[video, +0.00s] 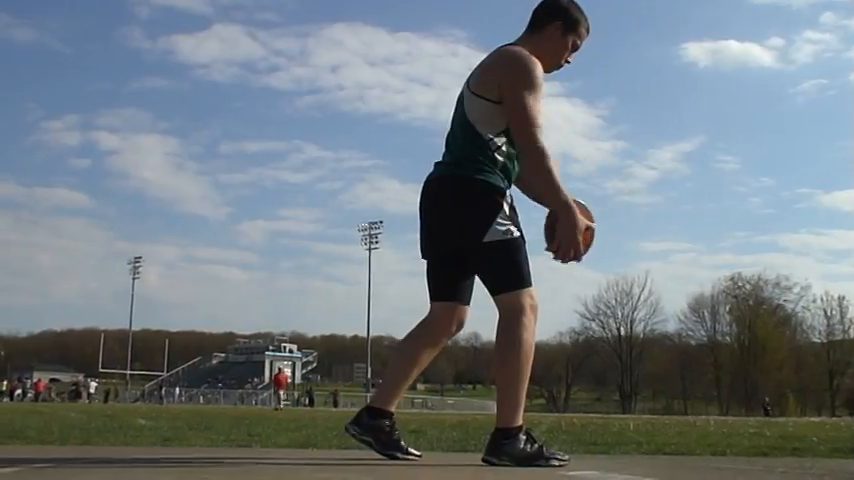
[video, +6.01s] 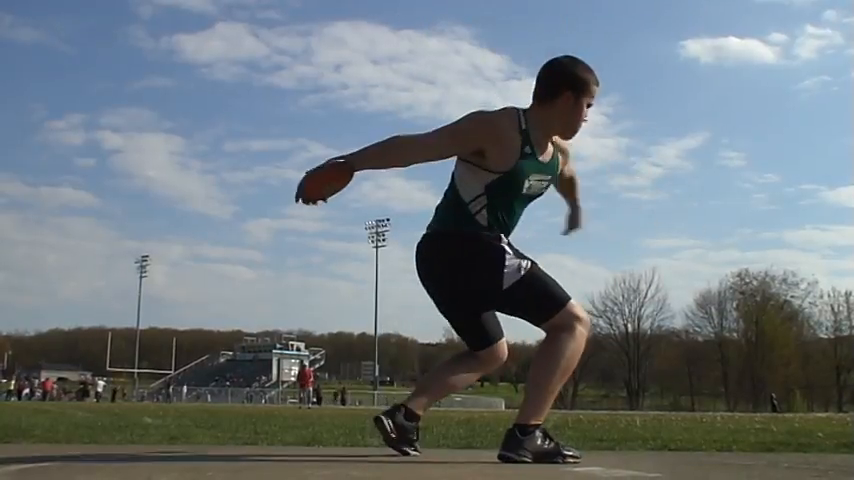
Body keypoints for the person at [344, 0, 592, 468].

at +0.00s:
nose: (571, 58)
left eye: (577, 51)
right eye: (574, 46)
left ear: (545, 27)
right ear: (555, 29)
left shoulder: (498, 66)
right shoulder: (520, 64)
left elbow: (515, 163)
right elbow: (529, 142)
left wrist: (566, 206)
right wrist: (565, 206)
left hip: (444, 193)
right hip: (480, 194)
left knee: (447, 316)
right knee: (520, 307)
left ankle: (375, 416)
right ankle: (510, 436)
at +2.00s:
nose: (570, 65)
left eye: (575, 58)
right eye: (571, 52)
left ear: (549, 43)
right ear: (548, 37)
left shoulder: (532, 102)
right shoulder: (506, 75)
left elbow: (552, 173)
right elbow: (486, 133)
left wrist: (606, 209)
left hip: (462, 211)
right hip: (487, 207)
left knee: (503, 337)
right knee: (563, 305)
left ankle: (404, 400)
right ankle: (528, 429)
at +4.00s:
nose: (573, 81)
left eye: (578, 72)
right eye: (571, 69)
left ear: (555, 63)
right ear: (546, 57)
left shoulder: (546, 122)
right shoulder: (504, 99)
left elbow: (571, 188)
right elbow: (459, 150)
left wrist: (630, 222)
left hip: (465, 236)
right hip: (486, 228)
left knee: (514, 347)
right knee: (576, 314)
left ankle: (412, 404)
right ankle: (527, 432)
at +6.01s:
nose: (587, 116)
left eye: (590, 107)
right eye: (586, 104)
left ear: (562, 101)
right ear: (561, 98)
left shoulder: (558, 154)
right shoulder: (497, 127)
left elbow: (568, 182)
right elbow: (417, 147)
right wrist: (344, 165)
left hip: (443, 254)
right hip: (472, 248)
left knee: (490, 352)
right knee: (573, 324)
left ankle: (405, 416)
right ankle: (528, 433)